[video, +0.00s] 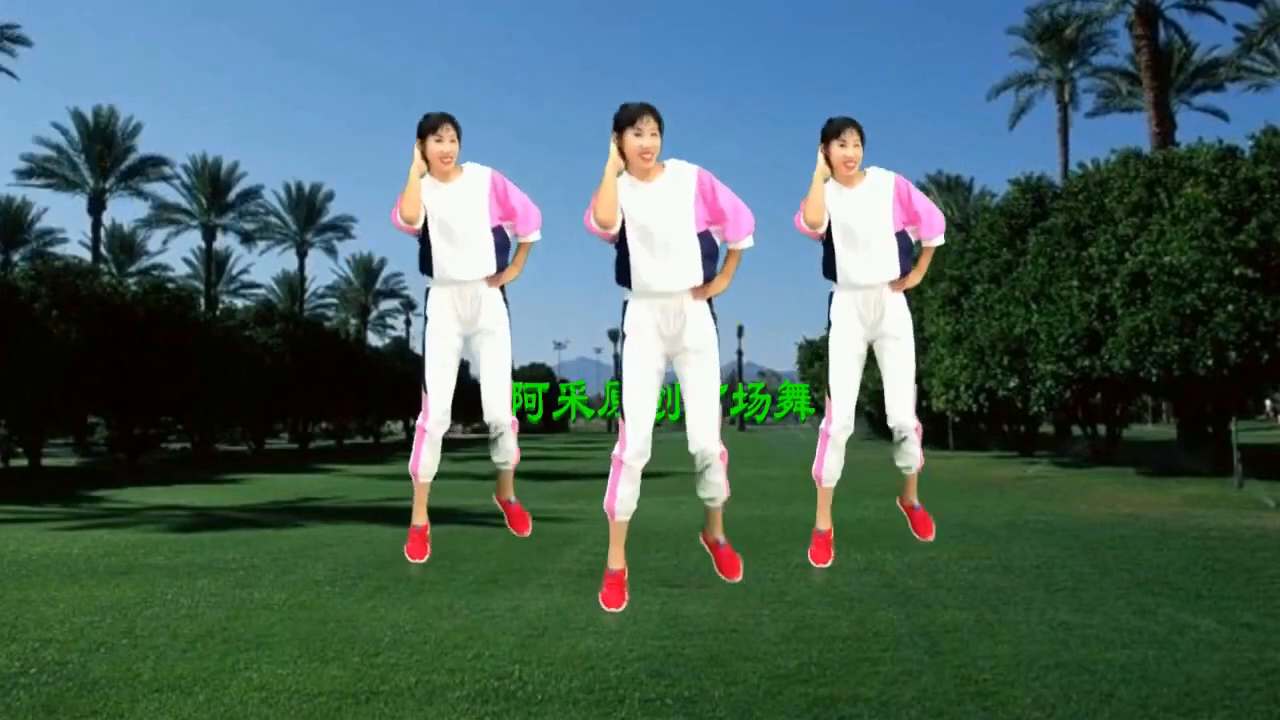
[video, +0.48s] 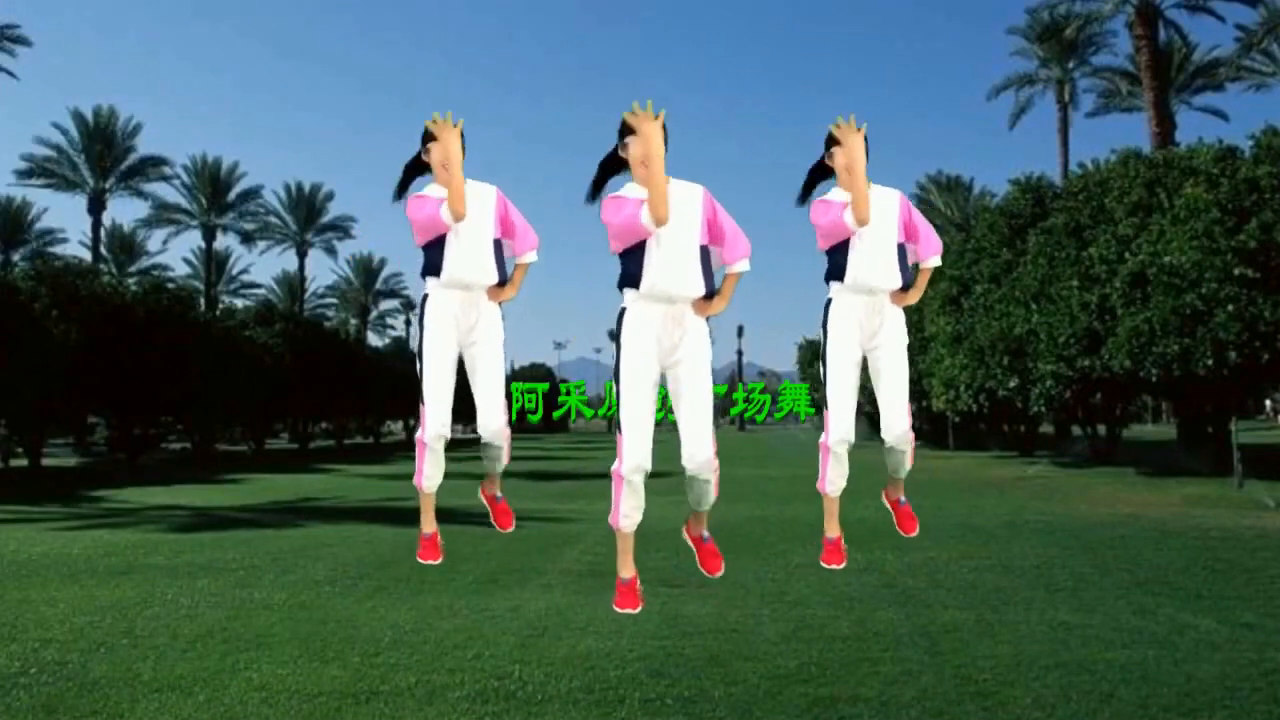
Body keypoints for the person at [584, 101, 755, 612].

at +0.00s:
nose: (646, 141)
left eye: (651, 134)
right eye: (636, 134)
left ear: (661, 139)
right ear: (619, 143)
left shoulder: (690, 178)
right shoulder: (614, 191)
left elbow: (741, 221)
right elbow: (605, 222)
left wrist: (724, 278)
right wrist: (613, 164)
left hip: (693, 311)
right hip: (642, 315)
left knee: (706, 443)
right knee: (633, 443)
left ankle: (715, 534)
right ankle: (616, 561)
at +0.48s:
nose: (653, 151)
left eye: (657, 141)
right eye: (643, 142)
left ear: (667, 148)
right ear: (626, 152)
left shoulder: (697, 196)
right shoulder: (617, 200)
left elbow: (737, 249)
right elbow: (656, 217)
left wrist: (722, 298)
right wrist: (650, 150)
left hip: (690, 320)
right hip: (640, 320)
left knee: (701, 457)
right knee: (634, 456)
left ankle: (698, 528)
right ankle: (626, 571)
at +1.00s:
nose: (660, 138)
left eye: (668, 130)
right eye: (651, 130)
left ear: (680, 137)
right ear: (636, 137)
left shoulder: (705, 189)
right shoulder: (624, 183)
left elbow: (739, 248)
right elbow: (645, 242)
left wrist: (717, 285)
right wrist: (701, 279)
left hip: (688, 314)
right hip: (638, 312)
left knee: (696, 449)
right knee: (631, 444)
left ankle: (688, 501)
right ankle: (620, 562)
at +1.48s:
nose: (667, 149)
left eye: (675, 142)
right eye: (659, 142)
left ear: (687, 151)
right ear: (644, 150)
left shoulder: (705, 203)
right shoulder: (620, 202)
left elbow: (745, 256)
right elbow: (569, 246)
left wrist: (720, 301)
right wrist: (609, 302)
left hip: (695, 332)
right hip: (643, 334)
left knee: (694, 458)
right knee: (645, 461)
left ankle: (694, 575)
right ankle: (631, 572)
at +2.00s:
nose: (674, 164)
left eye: (682, 156)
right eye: (666, 158)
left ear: (699, 165)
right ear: (657, 169)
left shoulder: (724, 214)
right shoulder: (647, 218)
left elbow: (756, 280)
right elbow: (592, 253)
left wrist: (728, 340)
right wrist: (624, 295)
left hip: (693, 345)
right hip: (642, 339)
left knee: (687, 466)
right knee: (635, 460)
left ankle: (692, 577)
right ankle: (644, 573)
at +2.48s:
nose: (671, 171)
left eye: (680, 165)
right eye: (664, 164)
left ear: (694, 174)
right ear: (653, 174)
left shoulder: (710, 227)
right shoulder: (629, 224)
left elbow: (763, 270)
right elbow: (589, 283)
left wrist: (729, 307)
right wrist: (616, 337)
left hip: (707, 349)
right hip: (657, 353)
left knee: (710, 468)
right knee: (670, 470)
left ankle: (693, 577)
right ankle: (650, 577)